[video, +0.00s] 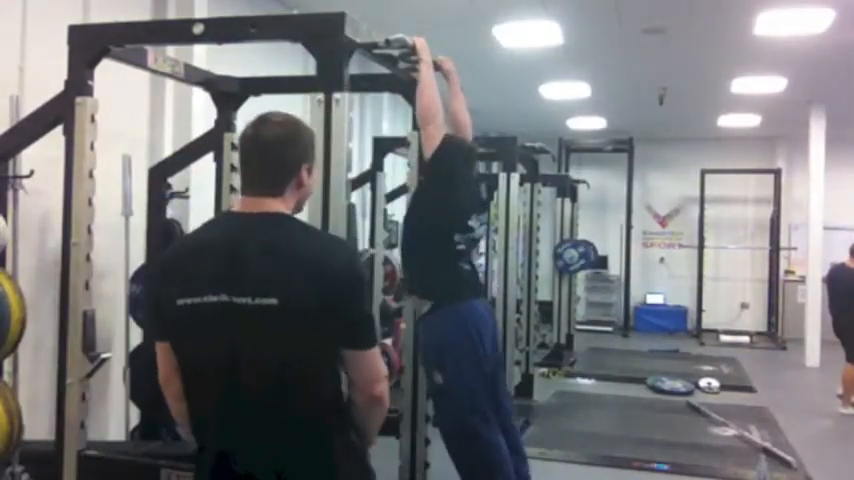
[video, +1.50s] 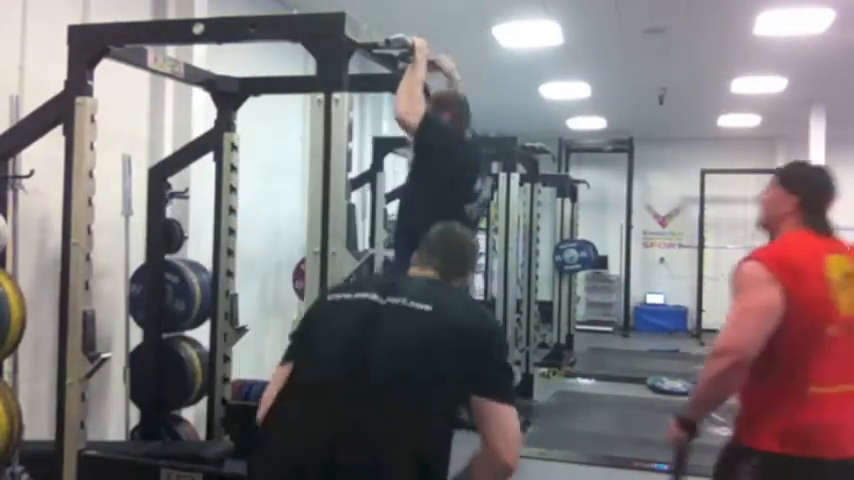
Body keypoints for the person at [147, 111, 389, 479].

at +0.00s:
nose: (314, 179)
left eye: (313, 169)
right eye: (314, 171)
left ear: (243, 169)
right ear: (303, 177)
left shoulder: (177, 261)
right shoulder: (331, 258)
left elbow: (171, 385)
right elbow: (372, 389)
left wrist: (205, 446)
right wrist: (355, 446)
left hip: (221, 463)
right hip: (315, 463)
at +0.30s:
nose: (347, 178)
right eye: (346, 170)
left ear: (279, 171)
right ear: (339, 179)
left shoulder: (219, 256)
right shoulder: (369, 266)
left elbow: (193, 376)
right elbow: (406, 393)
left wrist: (207, 455)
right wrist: (423, 469)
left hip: (248, 461)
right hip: (342, 463)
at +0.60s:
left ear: (336, 172)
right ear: (395, 185)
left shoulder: (278, 251)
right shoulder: (420, 266)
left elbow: (253, 375)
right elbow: (456, 399)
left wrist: (283, 444)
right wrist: (463, 471)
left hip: (300, 459)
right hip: (391, 463)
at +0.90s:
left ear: (373, 163)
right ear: (439, 180)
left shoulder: (314, 243)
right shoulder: (462, 266)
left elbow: (279, 359)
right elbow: (491, 400)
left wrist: (314, 410)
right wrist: (483, 471)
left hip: (321, 453)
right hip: (412, 460)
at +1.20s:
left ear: (403, 180)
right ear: (466, 198)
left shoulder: (331, 251)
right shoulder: (484, 280)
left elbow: (276, 367)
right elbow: (508, 412)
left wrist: (293, 441)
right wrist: (498, 473)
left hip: (320, 458)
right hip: (421, 463)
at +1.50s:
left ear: (413, 260)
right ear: (465, 275)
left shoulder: (335, 297)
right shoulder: (473, 322)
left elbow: (266, 412)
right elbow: (503, 455)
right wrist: (462, 477)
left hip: (292, 464)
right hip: (400, 467)